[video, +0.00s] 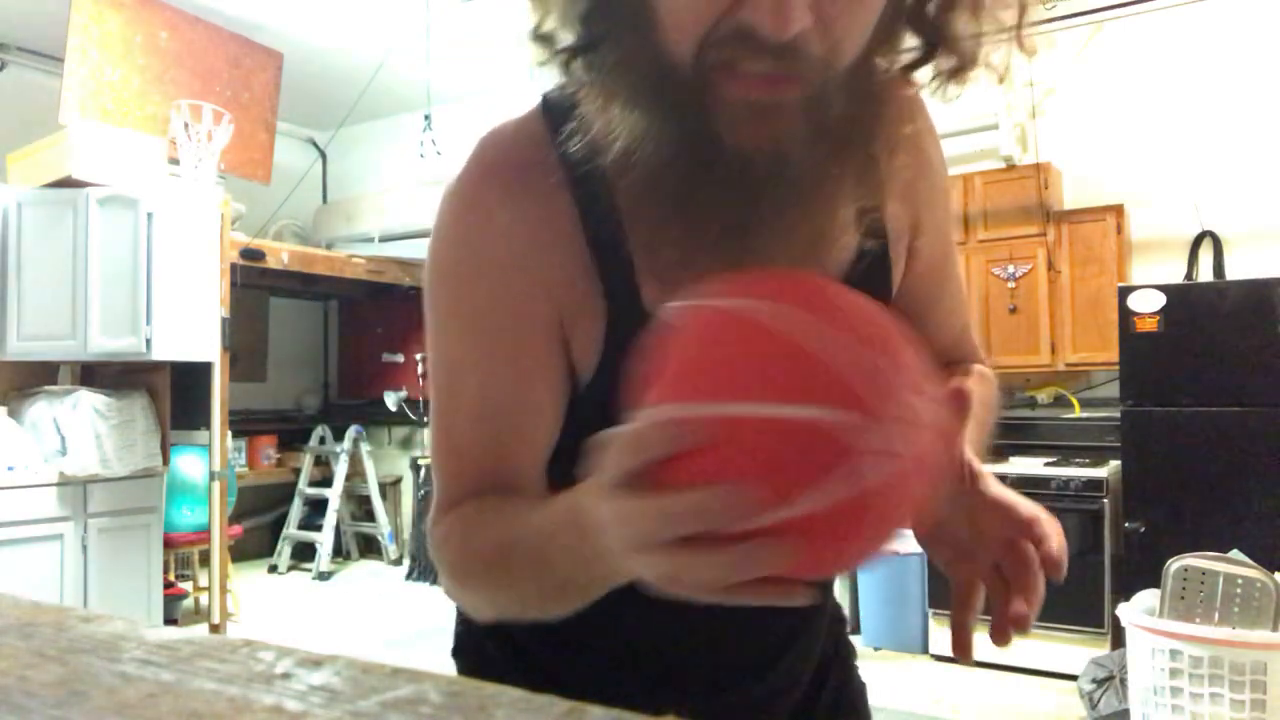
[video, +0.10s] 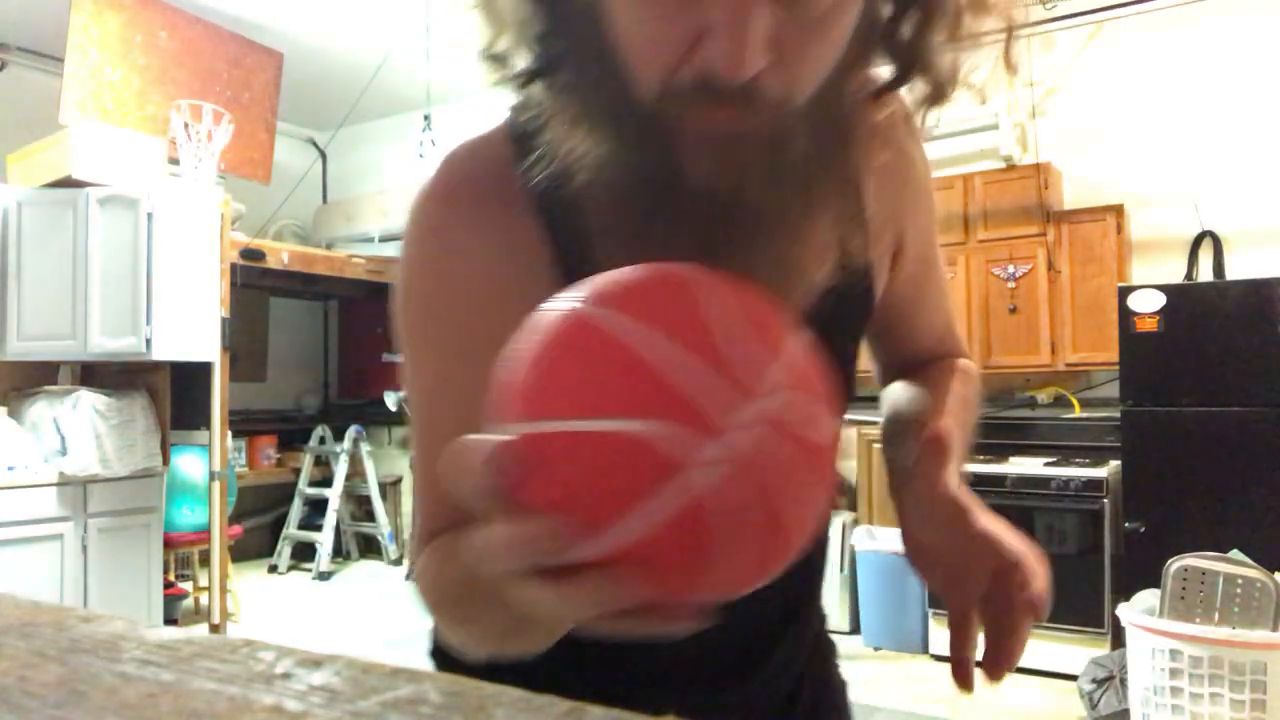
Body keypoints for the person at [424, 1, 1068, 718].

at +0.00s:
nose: (781, 18)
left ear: (890, 6)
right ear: (631, 3)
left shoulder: (886, 130)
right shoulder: (516, 191)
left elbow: (956, 363)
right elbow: (470, 543)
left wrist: (946, 472)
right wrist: (598, 534)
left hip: (795, 660)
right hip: (566, 673)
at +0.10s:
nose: (741, 57)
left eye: (805, 8)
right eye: (688, 2)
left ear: (873, 14)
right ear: (584, 6)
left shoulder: (868, 140)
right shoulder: (485, 202)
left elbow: (929, 360)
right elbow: (448, 560)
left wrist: (927, 488)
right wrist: (498, 590)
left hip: (775, 666)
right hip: (549, 678)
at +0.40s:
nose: (572, 175)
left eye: (659, 75)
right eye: (496, 56)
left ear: (770, 49)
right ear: (406, 34)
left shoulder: (809, 216)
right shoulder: (343, 265)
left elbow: (877, 431)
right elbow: (313, 649)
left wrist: (844, 600)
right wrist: (382, 659)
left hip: (703, 684)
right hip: (453, 694)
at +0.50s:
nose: (546, 191)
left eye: (636, 86)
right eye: (470, 67)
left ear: (750, 61)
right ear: (373, 37)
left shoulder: (795, 243)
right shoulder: (316, 282)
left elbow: (871, 452)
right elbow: (303, 659)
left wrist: (830, 604)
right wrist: (417, 688)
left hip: (695, 699)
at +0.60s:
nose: (534, 184)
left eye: (624, 78)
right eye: (458, 61)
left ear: (740, 53)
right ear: (360, 34)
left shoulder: (787, 235)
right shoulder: (298, 288)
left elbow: (869, 457)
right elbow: (290, 680)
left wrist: (822, 598)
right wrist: (411, 691)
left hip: (691, 692)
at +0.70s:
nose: (537, 169)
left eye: (626, 61)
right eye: (461, 44)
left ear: (742, 46)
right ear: (361, 29)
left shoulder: (785, 222)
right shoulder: (295, 281)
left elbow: (869, 454)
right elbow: (279, 679)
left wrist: (834, 590)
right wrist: (382, 695)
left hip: (678, 693)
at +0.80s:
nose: (563, 146)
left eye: (653, 40)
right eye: (493, 25)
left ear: (754, 33)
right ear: (388, 23)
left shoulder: (787, 193)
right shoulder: (306, 268)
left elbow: (869, 446)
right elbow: (283, 643)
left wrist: (841, 579)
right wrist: (419, 675)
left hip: (702, 684)